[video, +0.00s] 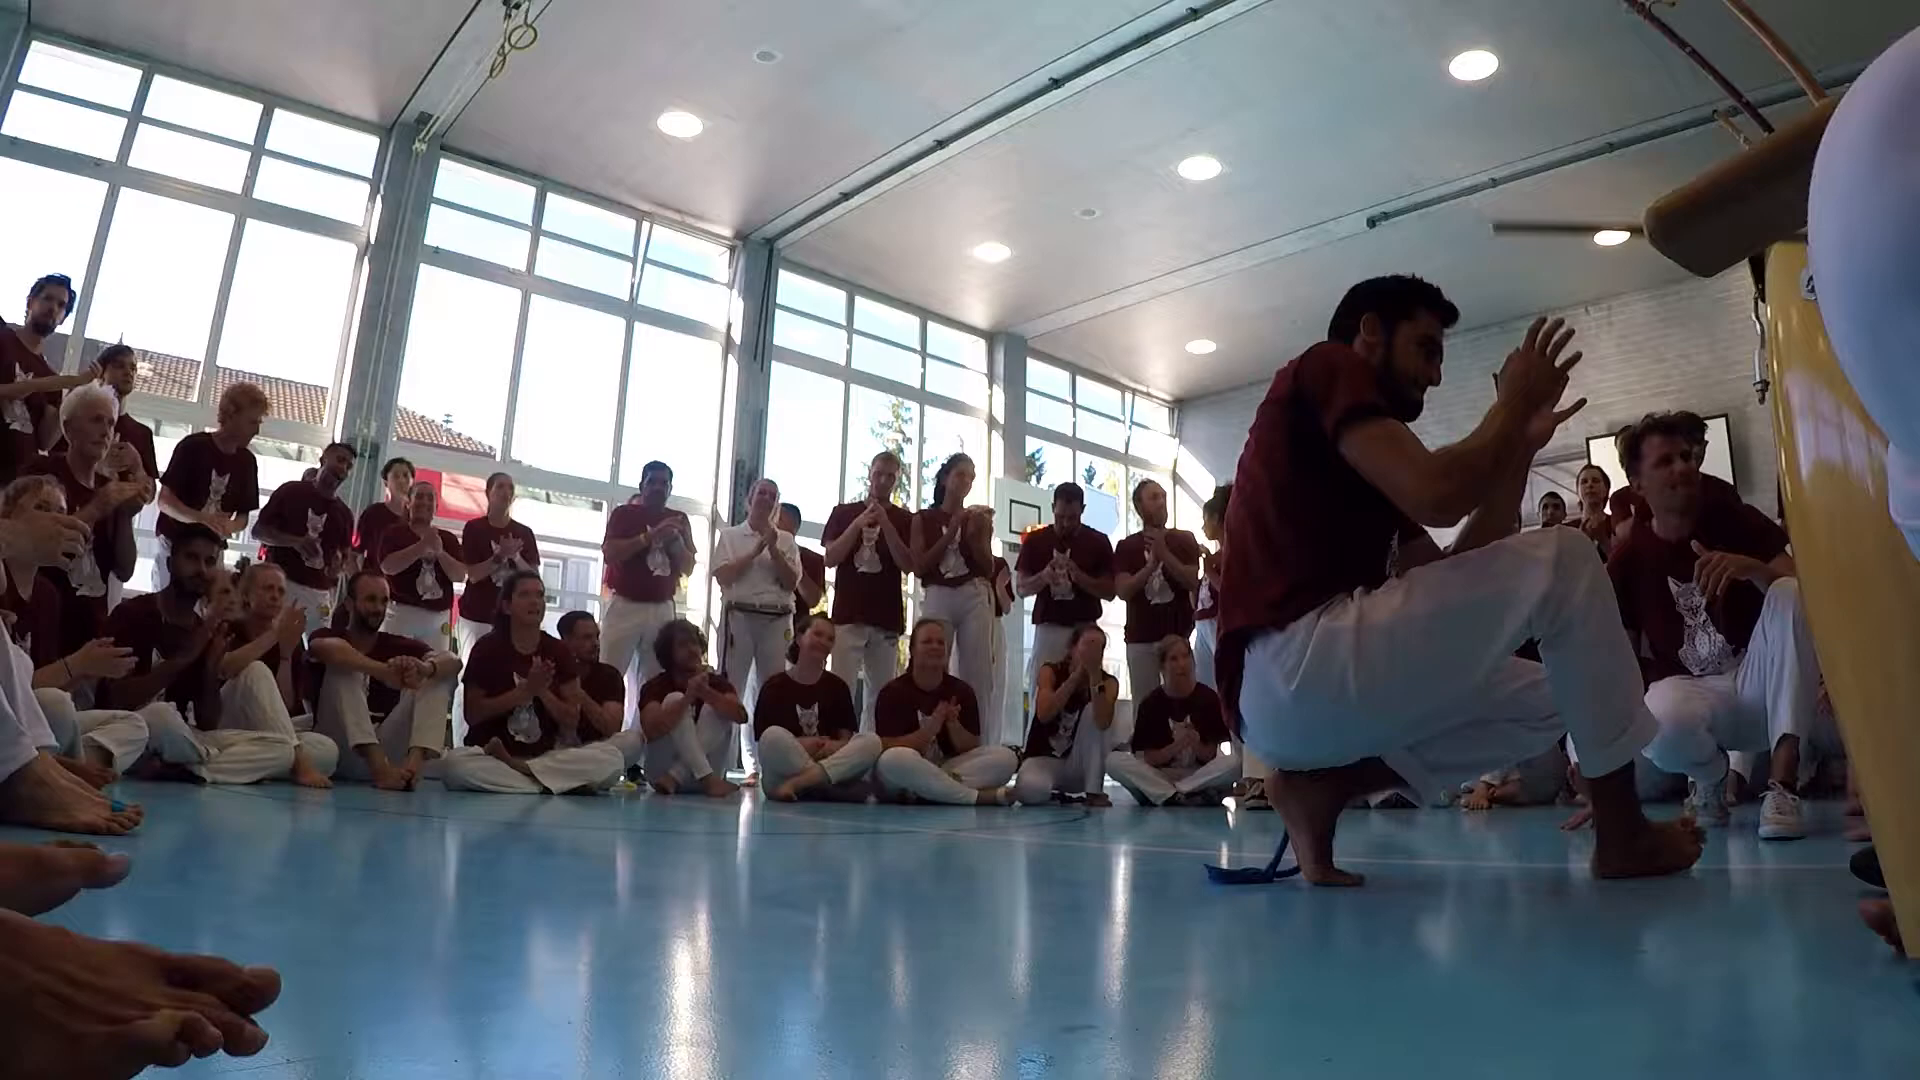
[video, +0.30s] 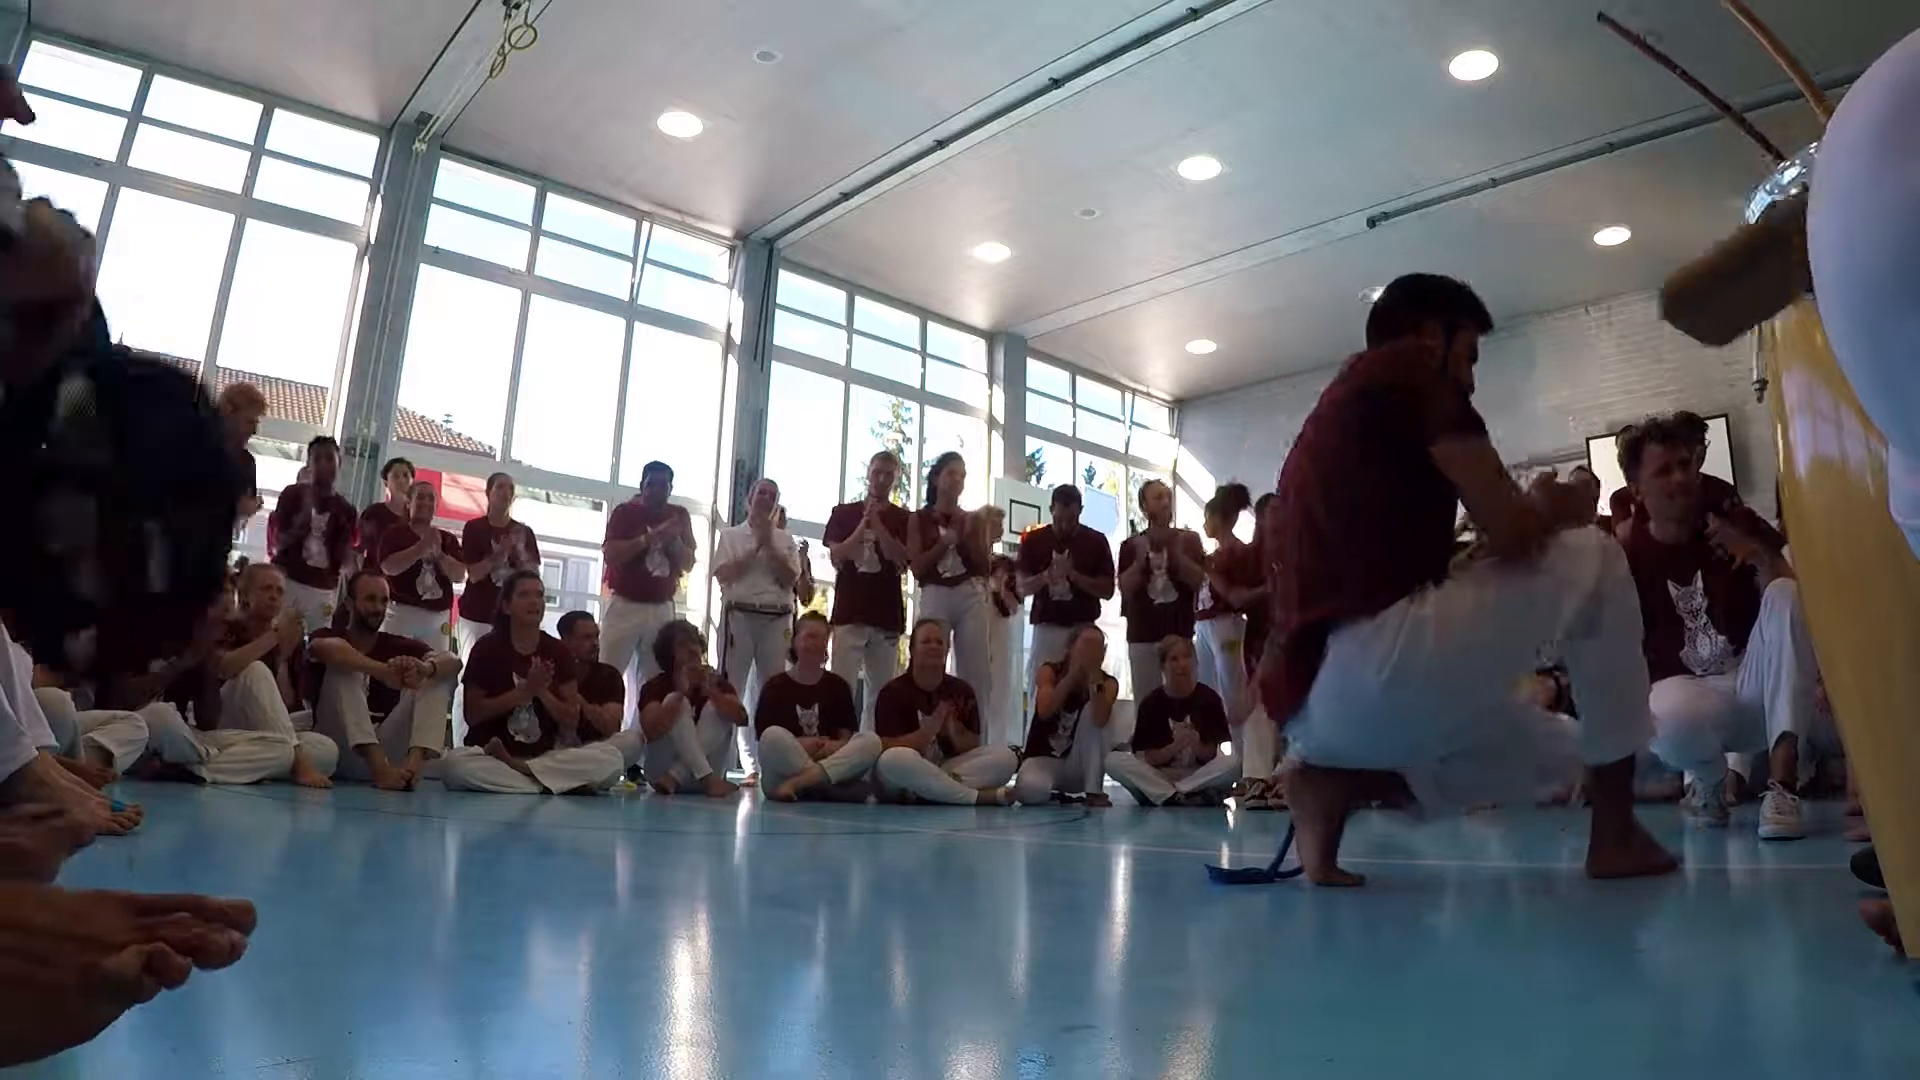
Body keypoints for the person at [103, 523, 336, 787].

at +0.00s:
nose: (202, 570)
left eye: (210, 562)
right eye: (191, 558)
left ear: (218, 569)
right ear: (171, 560)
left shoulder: (206, 627)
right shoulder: (134, 612)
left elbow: (208, 721)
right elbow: (119, 699)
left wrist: (211, 665)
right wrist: (188, 654)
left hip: (189, 737)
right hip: (136, 737)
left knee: (285, 752)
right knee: (161, 714)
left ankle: (185, 771)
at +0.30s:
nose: (273, 596)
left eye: (279, 591)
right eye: (265, 589)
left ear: (284, 598)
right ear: (244, 594)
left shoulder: (286, 636)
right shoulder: (225, 629)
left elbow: (289, 703)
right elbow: (224, 669)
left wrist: (284, 657)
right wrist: (276, 636)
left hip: (269, 731)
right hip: (226, 723)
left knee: (327, 751)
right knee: (256, 671)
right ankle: (299, 761)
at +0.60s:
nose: (202, 573)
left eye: (211, 565)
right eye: (193, 562)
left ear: (220, 571)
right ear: (173, 562)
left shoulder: (202, 631)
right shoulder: (132, 612)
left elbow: (208, 720)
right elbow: (123, 702)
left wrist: (218, 672)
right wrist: (171, 653)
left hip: (184, 736)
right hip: (134, 738)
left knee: (284, 750)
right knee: (161, 714)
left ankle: (188, 773)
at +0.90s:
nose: (209, 574)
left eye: (216, 566)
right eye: (200, 563)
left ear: (220, 571)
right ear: (175, 563)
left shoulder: (204, 631)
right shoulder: (135, 612)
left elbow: (207, 720)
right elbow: (124, 702)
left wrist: (221, 672)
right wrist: (175, 658)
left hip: (184, 735)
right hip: (131, 735)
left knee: (284, 751)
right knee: (161, 715)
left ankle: (181, 771)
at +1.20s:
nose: (210, 574)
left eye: (216, 566)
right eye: (201, 562)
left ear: (221, 572)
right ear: (175, 563)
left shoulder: (203, 629)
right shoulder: (135, 612)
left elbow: (208, 721)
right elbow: (124, 699)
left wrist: (216, 674)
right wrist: (190, 666)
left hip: (181, 736)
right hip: (131, 735)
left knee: (283, 751)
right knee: (162, 714)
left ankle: (186, 771)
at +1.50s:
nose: (268, 597)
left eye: (273, 590)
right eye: (259, 590)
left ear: (279, 595)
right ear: (241, 595)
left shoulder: (286, 639)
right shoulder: (223, 630)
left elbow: (291, 710)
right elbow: (222, 668)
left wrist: (283, 663)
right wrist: (278, 637)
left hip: (272, 731)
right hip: (225, 724)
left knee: (327, 751)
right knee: (255, 672)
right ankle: (298, 762)